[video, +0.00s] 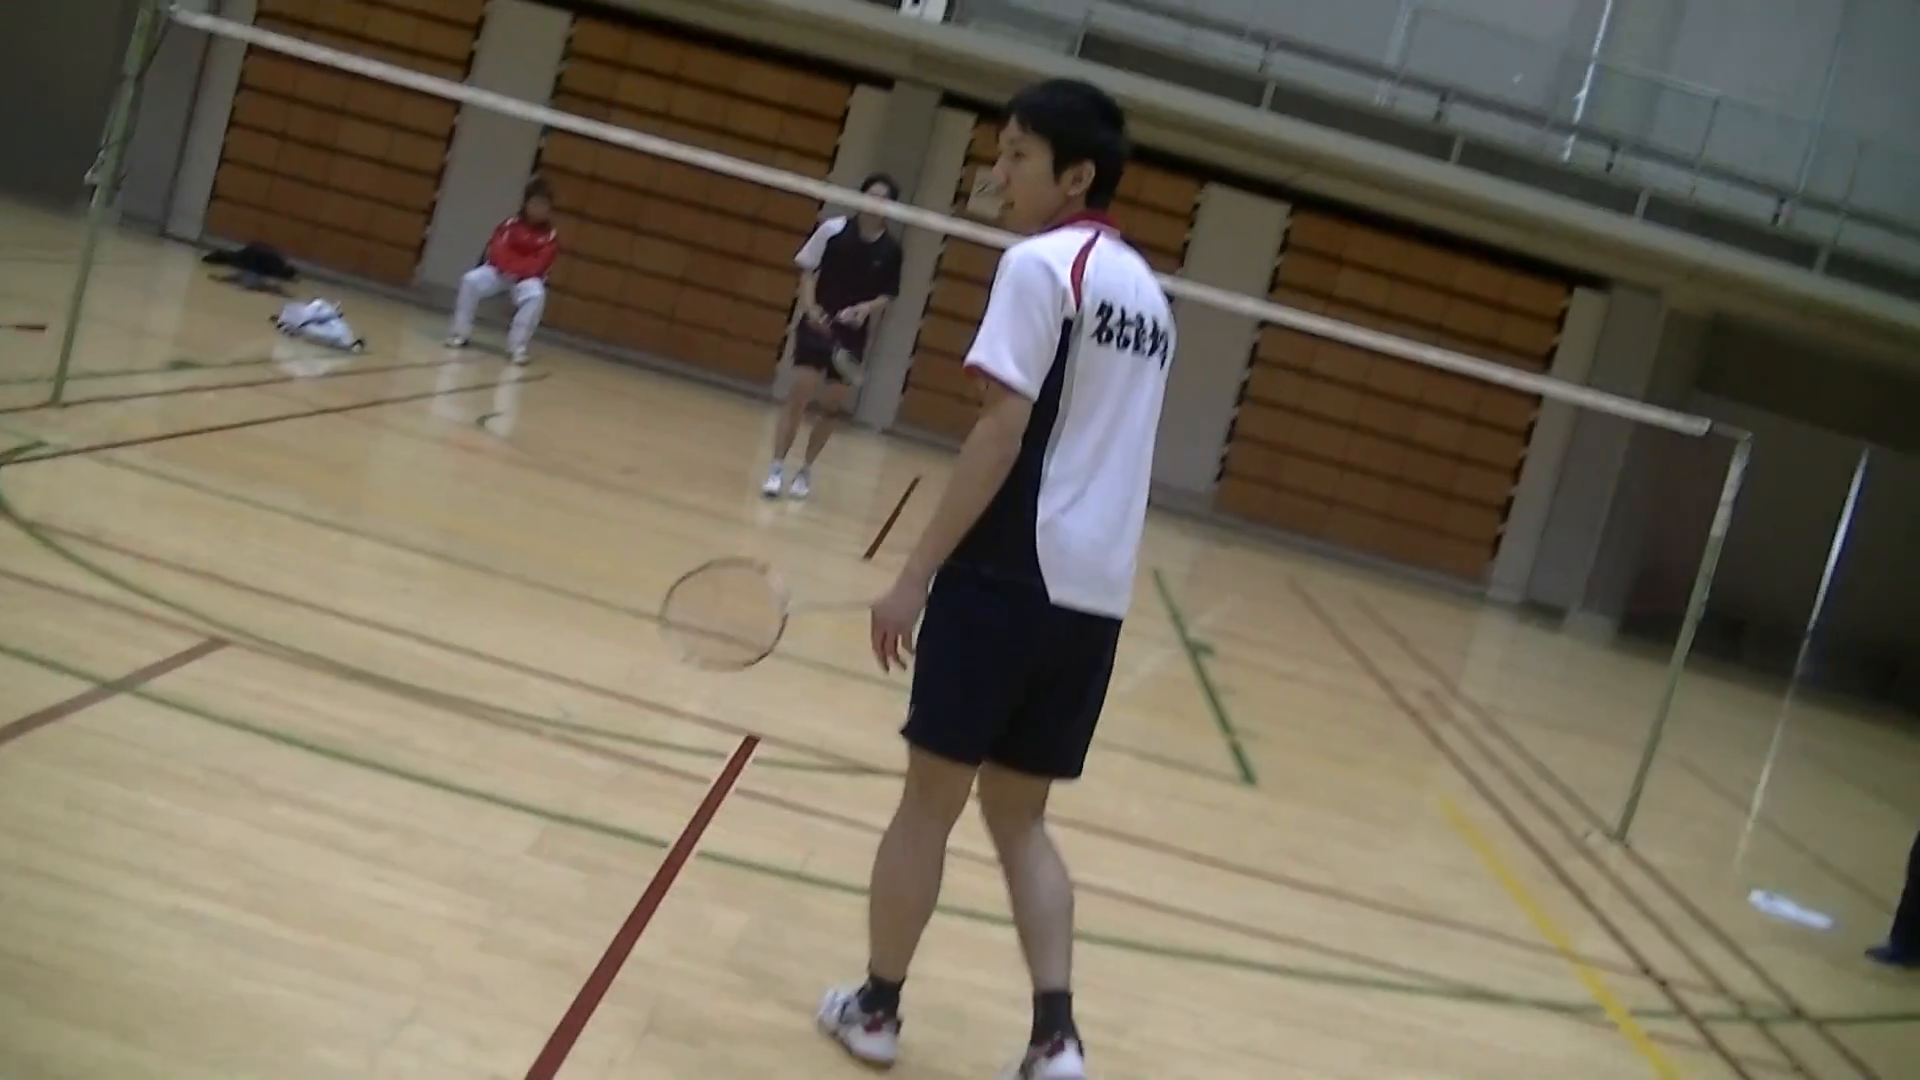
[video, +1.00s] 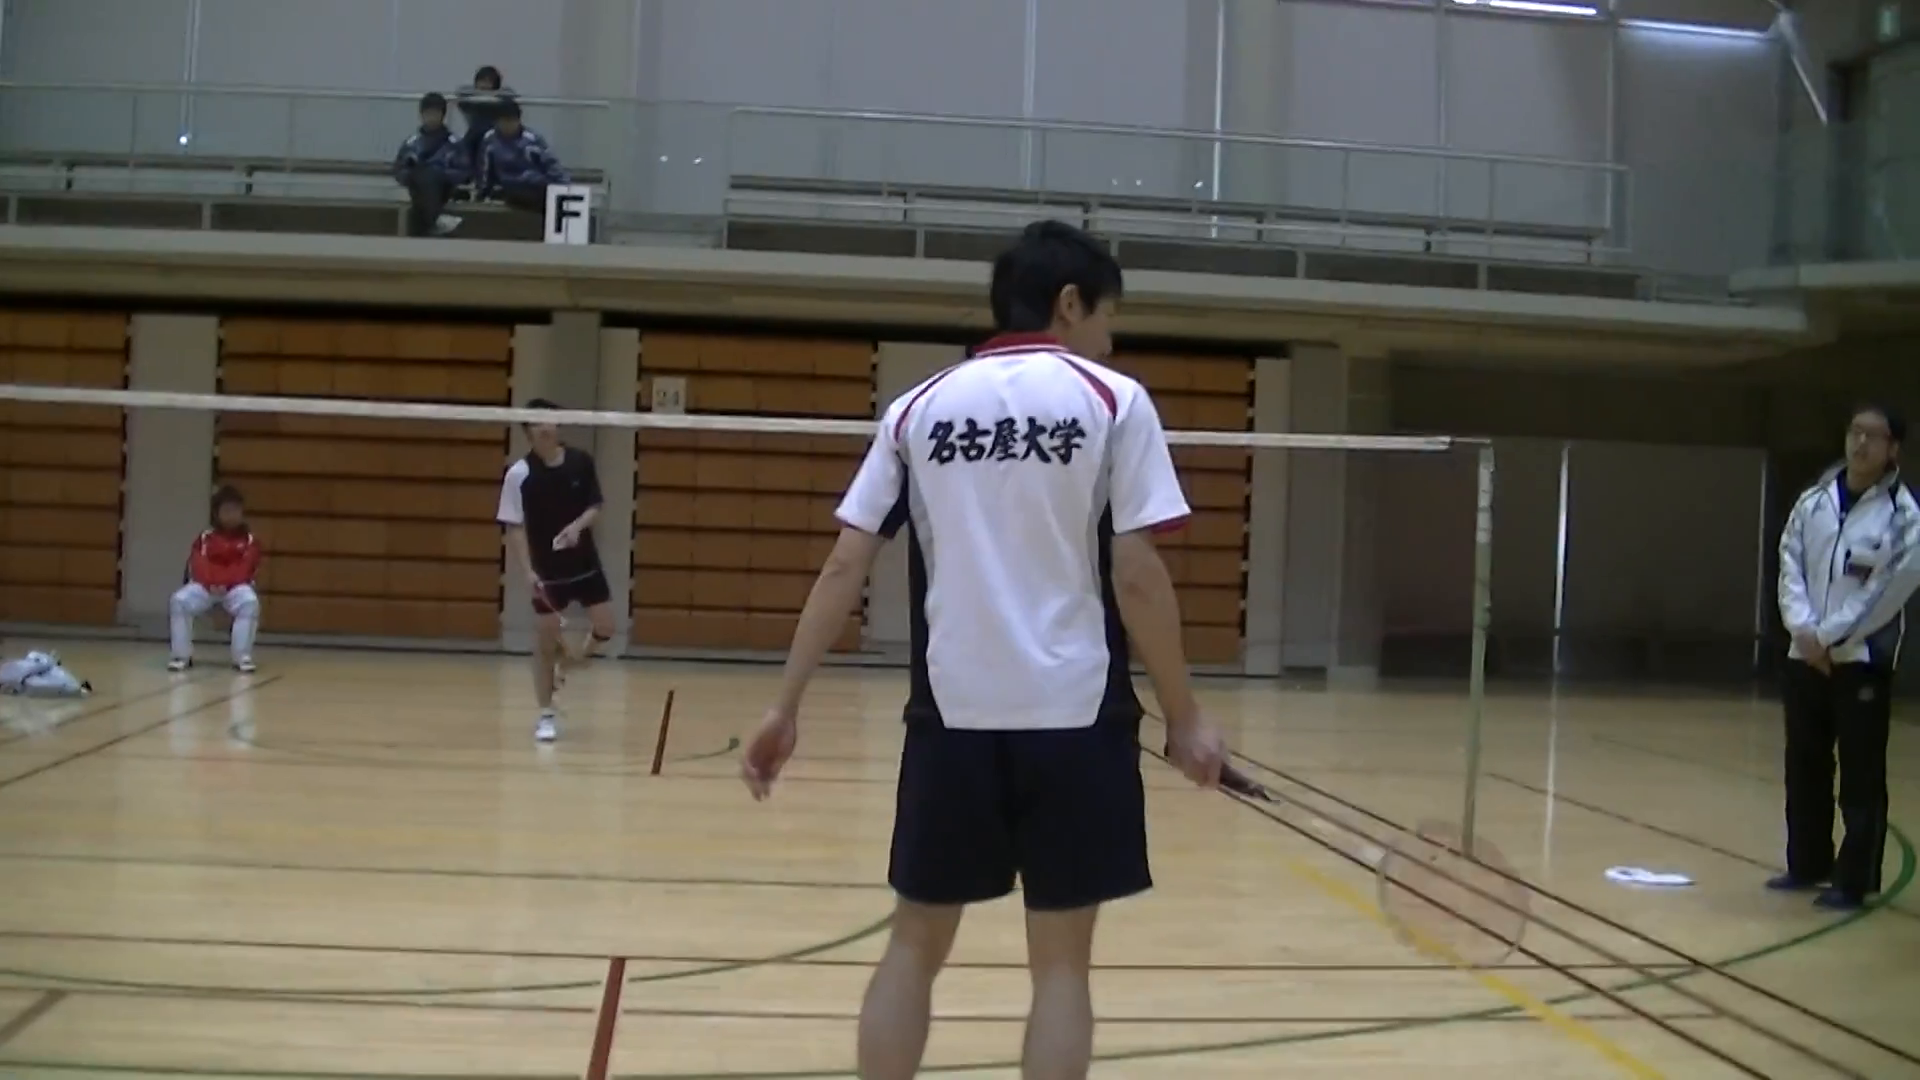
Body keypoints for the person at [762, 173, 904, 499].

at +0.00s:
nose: (875, 203)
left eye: (883, 198)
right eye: (872, 195)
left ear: (890, 207)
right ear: (861, 197)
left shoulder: (891, 250)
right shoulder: (832, 230)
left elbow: (888, 295)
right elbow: (808, 271)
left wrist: (865, 309)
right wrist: (809, 307)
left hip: (854, 330)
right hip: (818, 319)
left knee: (832, 406)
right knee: (801, 392)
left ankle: (806, 470)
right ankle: (777, 466)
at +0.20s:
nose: (768, 292)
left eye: (776, 287)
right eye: (765, 283)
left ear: (784, 296)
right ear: (753, 286)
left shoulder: (784, 339)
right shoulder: (725, 322)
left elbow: (783, 382)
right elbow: (700, 368)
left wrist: (767, 404)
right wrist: (686, 413)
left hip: (748, 429)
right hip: (712, 419)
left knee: (729, 502)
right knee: (697, 491)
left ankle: (702, 560)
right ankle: (680, 562)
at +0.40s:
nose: (684, 361)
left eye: (691, 356)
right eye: (679, 354)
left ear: (701, 364)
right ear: (668, 360)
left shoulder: (710, 408)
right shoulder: (648, 400)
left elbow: (714, 452)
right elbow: (626, 449)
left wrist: (702, 475)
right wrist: (610, 495)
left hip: (686, 504)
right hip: (648, 499)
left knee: (676, 574)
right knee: (640, 568)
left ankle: (656, 639)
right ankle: (630, 644)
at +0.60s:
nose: (643, 403)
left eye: (648, 396)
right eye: (636, 396)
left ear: (657, 402)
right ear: (625, 403)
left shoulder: (673, 442)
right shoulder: (611, 446)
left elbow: (685, 484)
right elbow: (598, 501)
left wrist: (672, 505)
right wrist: (595, 548)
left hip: (663, 540)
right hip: (626, 540)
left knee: (662, 612)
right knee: (625, 611)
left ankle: (646, 677)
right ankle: (621, 688)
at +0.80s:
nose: (588, 439)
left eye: (592, 431)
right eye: (581, 433)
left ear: (602, 433)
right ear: (572, 438)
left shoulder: (622, 471)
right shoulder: (561, 481)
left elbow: (636, 514)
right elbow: (554, 537)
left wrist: (617, 530)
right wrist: (562, 585)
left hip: (622, 573)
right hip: (585, 577)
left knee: (632, 642)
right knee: (587, 649)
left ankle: (586, 679)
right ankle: (583, 722)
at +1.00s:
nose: (549, 434)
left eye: (552, 427)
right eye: (540, 429)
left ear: (558, 428)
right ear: (528, 433)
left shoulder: (581, 462)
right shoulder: (518, 474)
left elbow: (596, 505)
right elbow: (514, 528)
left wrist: (577, 526)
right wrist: (528, 572)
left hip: (583, 558)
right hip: (545, 565)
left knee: (606, 627)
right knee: (547, 638)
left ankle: (575, 658)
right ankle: (546, 713)